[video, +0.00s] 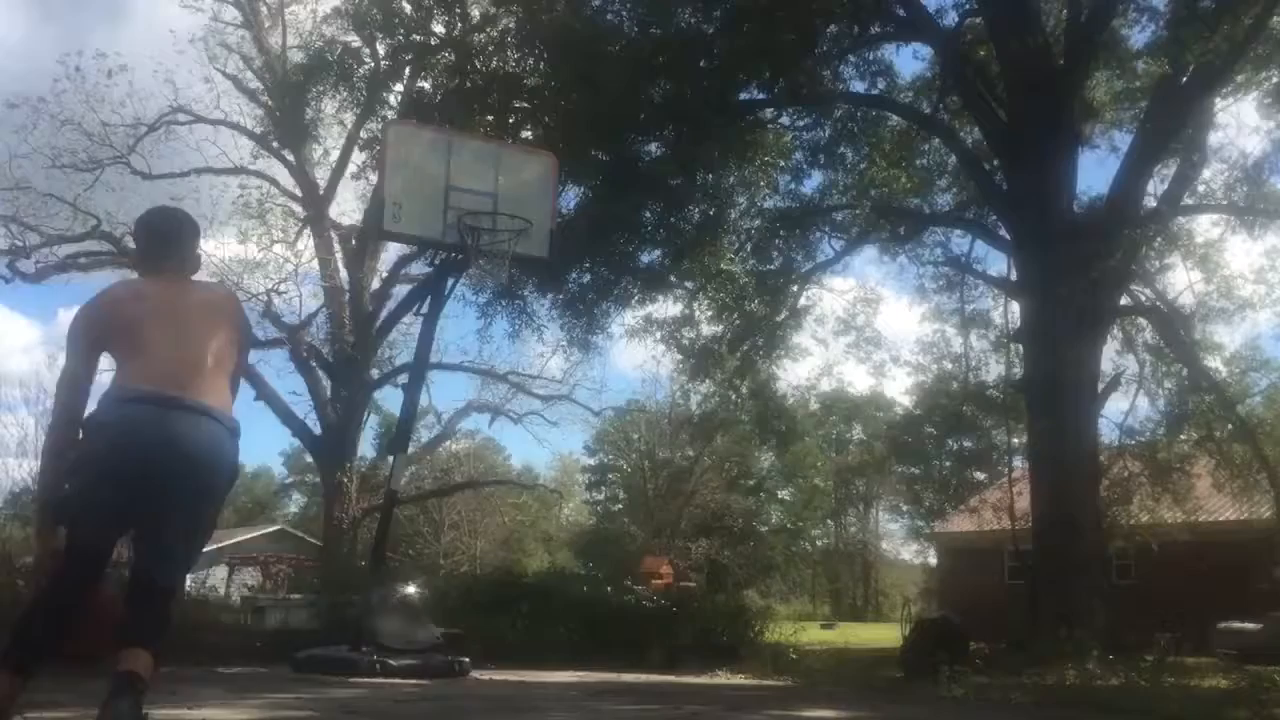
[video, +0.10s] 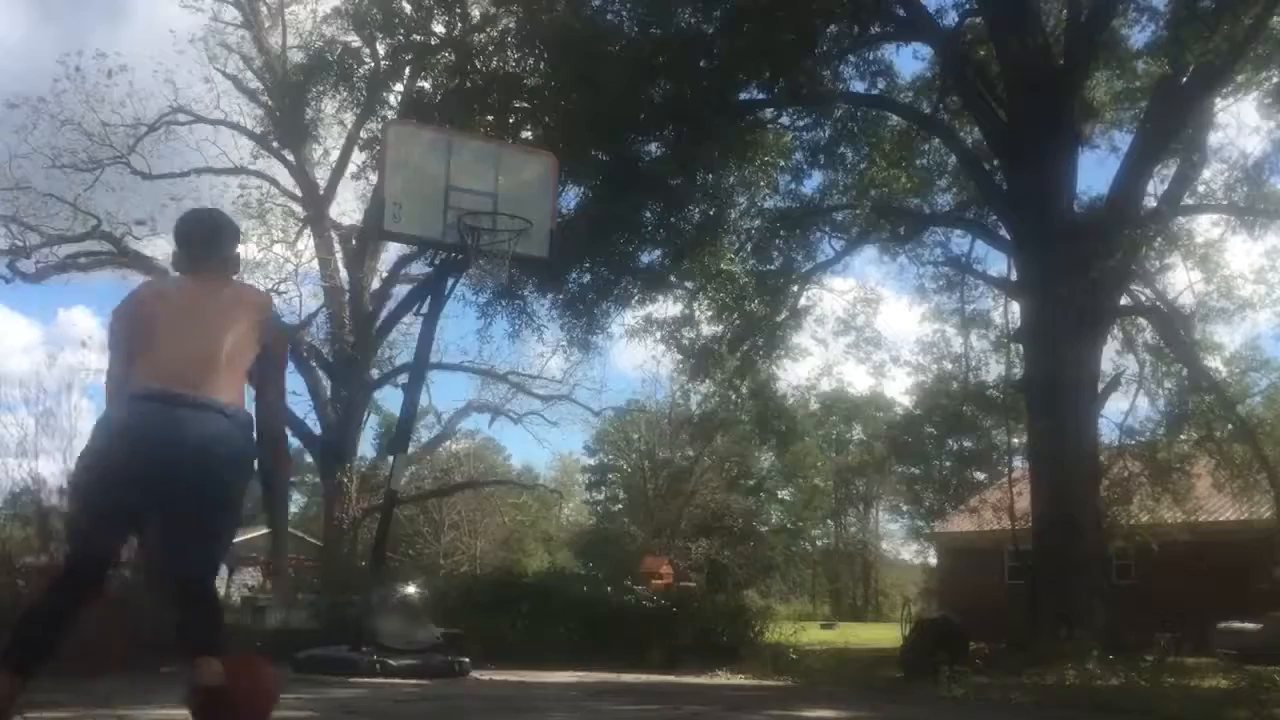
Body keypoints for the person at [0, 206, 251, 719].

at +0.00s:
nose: (195, 257)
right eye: (196, 249)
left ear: (137, 251)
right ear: (195, 254)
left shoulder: (105, 304)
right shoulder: (229, 304)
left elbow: (66, 418)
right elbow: (229, 386)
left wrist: (46, 513)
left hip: (123, 428)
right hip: (207, 441)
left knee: (74, 569)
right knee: (159, 579)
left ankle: (8, 689)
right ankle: (126, 695)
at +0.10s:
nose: (234, 260)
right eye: (236, 252)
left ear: (178, 254)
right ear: (233, 255)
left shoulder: (138, 300)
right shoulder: (260, 307)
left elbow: (118, 399)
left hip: (133, 433)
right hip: (218, 443)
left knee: (81, 567)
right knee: (195, 578)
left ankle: (10, 681)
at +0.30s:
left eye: (293, 173)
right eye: (337, 174)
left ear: (288, 175)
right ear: (343, 177)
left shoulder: (256, 221)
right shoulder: (369, 233)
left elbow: (190, 265)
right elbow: (440, 323)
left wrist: (197, 351)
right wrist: (498, 393)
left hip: (245, 377)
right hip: (322, 386)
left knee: (187, 540)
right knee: (283, 551)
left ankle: (113, 684)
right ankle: (262, 703)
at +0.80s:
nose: (598, 158)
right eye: (601, 150)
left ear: (539, 154)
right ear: (597, 148)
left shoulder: (521, 220)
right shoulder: (633, 204)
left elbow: (541, 322)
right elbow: (655, 315)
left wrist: (661, 357)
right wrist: (702, 349)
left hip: (544, 392)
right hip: (620, 389)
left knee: (524, 565)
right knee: (696, 543)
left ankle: (434, 673)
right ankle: (766, 687)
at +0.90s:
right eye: (680, 163)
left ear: (624, 169)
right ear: (684, 166)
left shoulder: (594, 242)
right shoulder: (710, 226)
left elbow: (580, 366)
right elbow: (713, 335)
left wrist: (655, 356)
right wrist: (752, 397)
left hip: (612, 426)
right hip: (690, 416)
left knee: (650, 575)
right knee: (765, 571)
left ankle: (549, 661)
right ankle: (794, 709)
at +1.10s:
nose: (783, 157)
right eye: (784, 147)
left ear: (729, 150)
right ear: (785, 151)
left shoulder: (687, 218)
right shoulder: (808, 216)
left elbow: (665, 267)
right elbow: (840, 314)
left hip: (696, 412)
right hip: (769, 410)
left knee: (784, 561)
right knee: (811, 562)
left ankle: (774, 689)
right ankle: (808, 702)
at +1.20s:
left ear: (753, 86)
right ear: (813, 88)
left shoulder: (720, 141)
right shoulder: (823, 150)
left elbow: (672, 110)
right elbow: (868, 176)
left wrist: (734, 85)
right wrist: (858, 93)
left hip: (740, 354)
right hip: (810, 350)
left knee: (764, 545)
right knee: (830, 541)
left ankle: (767, 705)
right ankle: (831, 706)